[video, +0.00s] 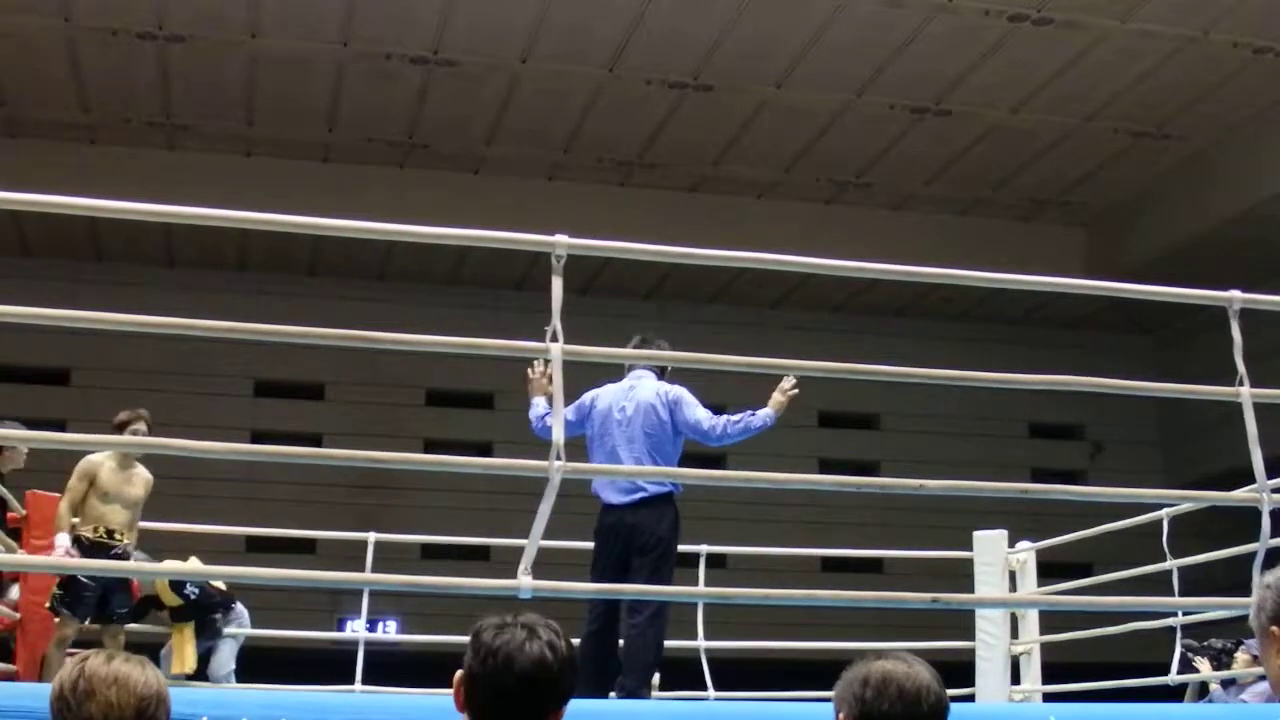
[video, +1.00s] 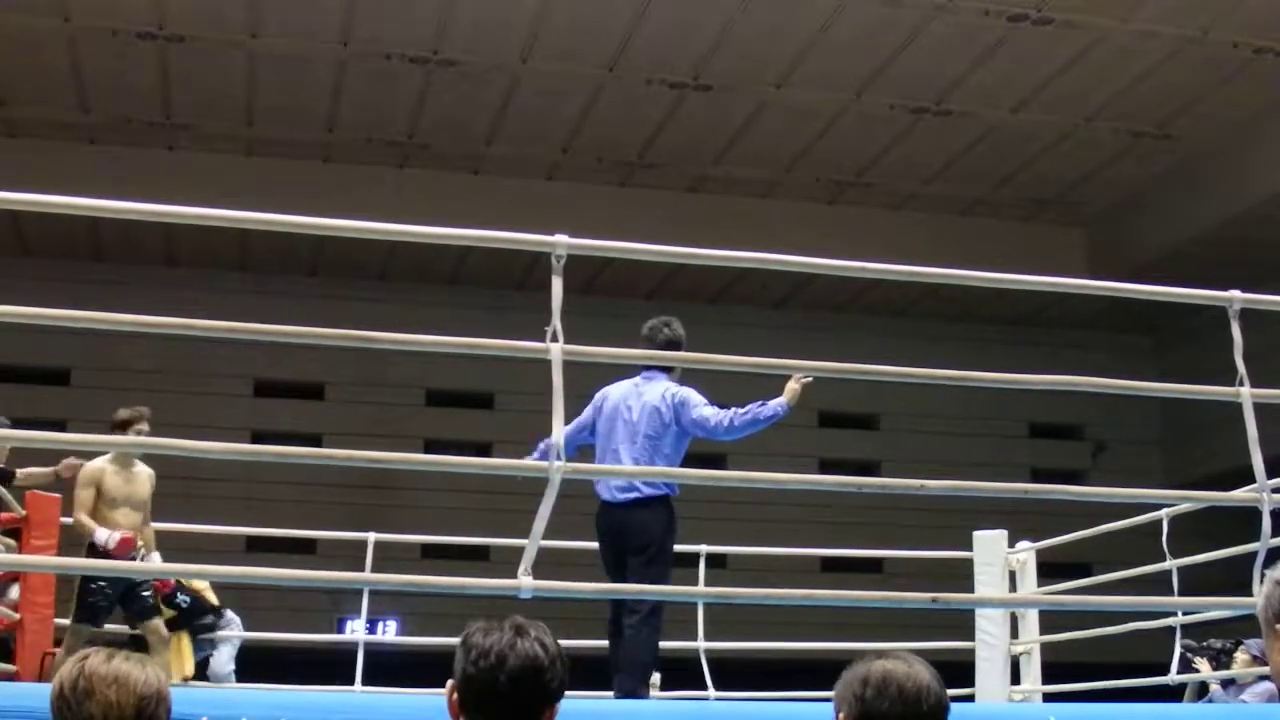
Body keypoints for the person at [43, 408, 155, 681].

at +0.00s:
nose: (140, 439)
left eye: (144, 434)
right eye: (134, 433)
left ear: (148, 439)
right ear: (119, 434)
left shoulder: (145, 478)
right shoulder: (92, 464)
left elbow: (134, 523)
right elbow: (66, 504)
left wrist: (127, 553)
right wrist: (63, 541)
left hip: (120, 553)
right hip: (86, 548)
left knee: (115, 636)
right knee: (66, 632)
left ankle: (115, 704)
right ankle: (48, 697)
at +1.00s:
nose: (144, 439)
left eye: (147, 434)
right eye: (138, 433)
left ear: (148, 437)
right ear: (120, 433)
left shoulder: (147, 474)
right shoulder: (94, 470)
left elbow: (145, 523)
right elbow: (80, 516)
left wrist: (155, 562)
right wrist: (105, 537)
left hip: (136, 567)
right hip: (101, 566)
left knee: (159, 636)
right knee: (77, 637)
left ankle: (160, 707)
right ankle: (54, 704)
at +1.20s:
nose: (190, 441)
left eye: (192, 435)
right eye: (184, 434)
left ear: (191, 440)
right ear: (165, 435)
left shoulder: (184, 478)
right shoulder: (141, 469)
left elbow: (181, 525)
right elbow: (123, 515)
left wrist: (200, 555)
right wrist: (133, 560)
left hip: (174, 565)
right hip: (142, 562)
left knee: (185, 640)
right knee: (113, 635)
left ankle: (178, 711)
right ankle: (74, 690)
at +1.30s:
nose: (211, 436)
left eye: (213, 430)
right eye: (205, 429)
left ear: (211, 434)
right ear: (185, 431)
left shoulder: (203, 473)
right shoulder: (160, 462)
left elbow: (199, 521)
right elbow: (136, 505)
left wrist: (224, 537)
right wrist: (143, 551)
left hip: (186, 556)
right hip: (157, 553)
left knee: (184, 638)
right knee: (140, 630)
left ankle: (178, 707)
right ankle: (98, 675)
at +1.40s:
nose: (228, 434)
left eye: (230, 429)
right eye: (223, 428)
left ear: (227, 431)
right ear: (203, 428)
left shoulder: (220, 470)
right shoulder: (172, 460)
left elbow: (221, 516)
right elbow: (144, 499)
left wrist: (246, 524)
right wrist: (158, 534)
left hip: (198, 553)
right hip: (170, 550)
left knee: (187, 635)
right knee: (164, 627)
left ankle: (174, 702)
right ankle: (130, 683)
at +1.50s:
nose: (239, 437)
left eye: (242, 432)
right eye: (234, 430)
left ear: (241, 434)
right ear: (214, 430)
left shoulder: (236, 473)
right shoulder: (184, 462)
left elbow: (247, 516)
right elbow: (155, 503)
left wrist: (265, 524)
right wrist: (176, 524)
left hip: (212, 552)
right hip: (182, 549)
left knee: (200, 629)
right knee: (187, 624)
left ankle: (179, 694)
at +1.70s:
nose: (257, 431)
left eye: (259, 426)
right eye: (251, 425)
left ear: (259, 429)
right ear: (231, 427)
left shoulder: (259, 468)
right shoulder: (204, 465)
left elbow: (271, 511)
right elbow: (187, 511)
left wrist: (286, 530)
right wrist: (209, 528)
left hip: (246, 556)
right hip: (215, 555)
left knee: (240, 639)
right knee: (222, 634)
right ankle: (205, 705)